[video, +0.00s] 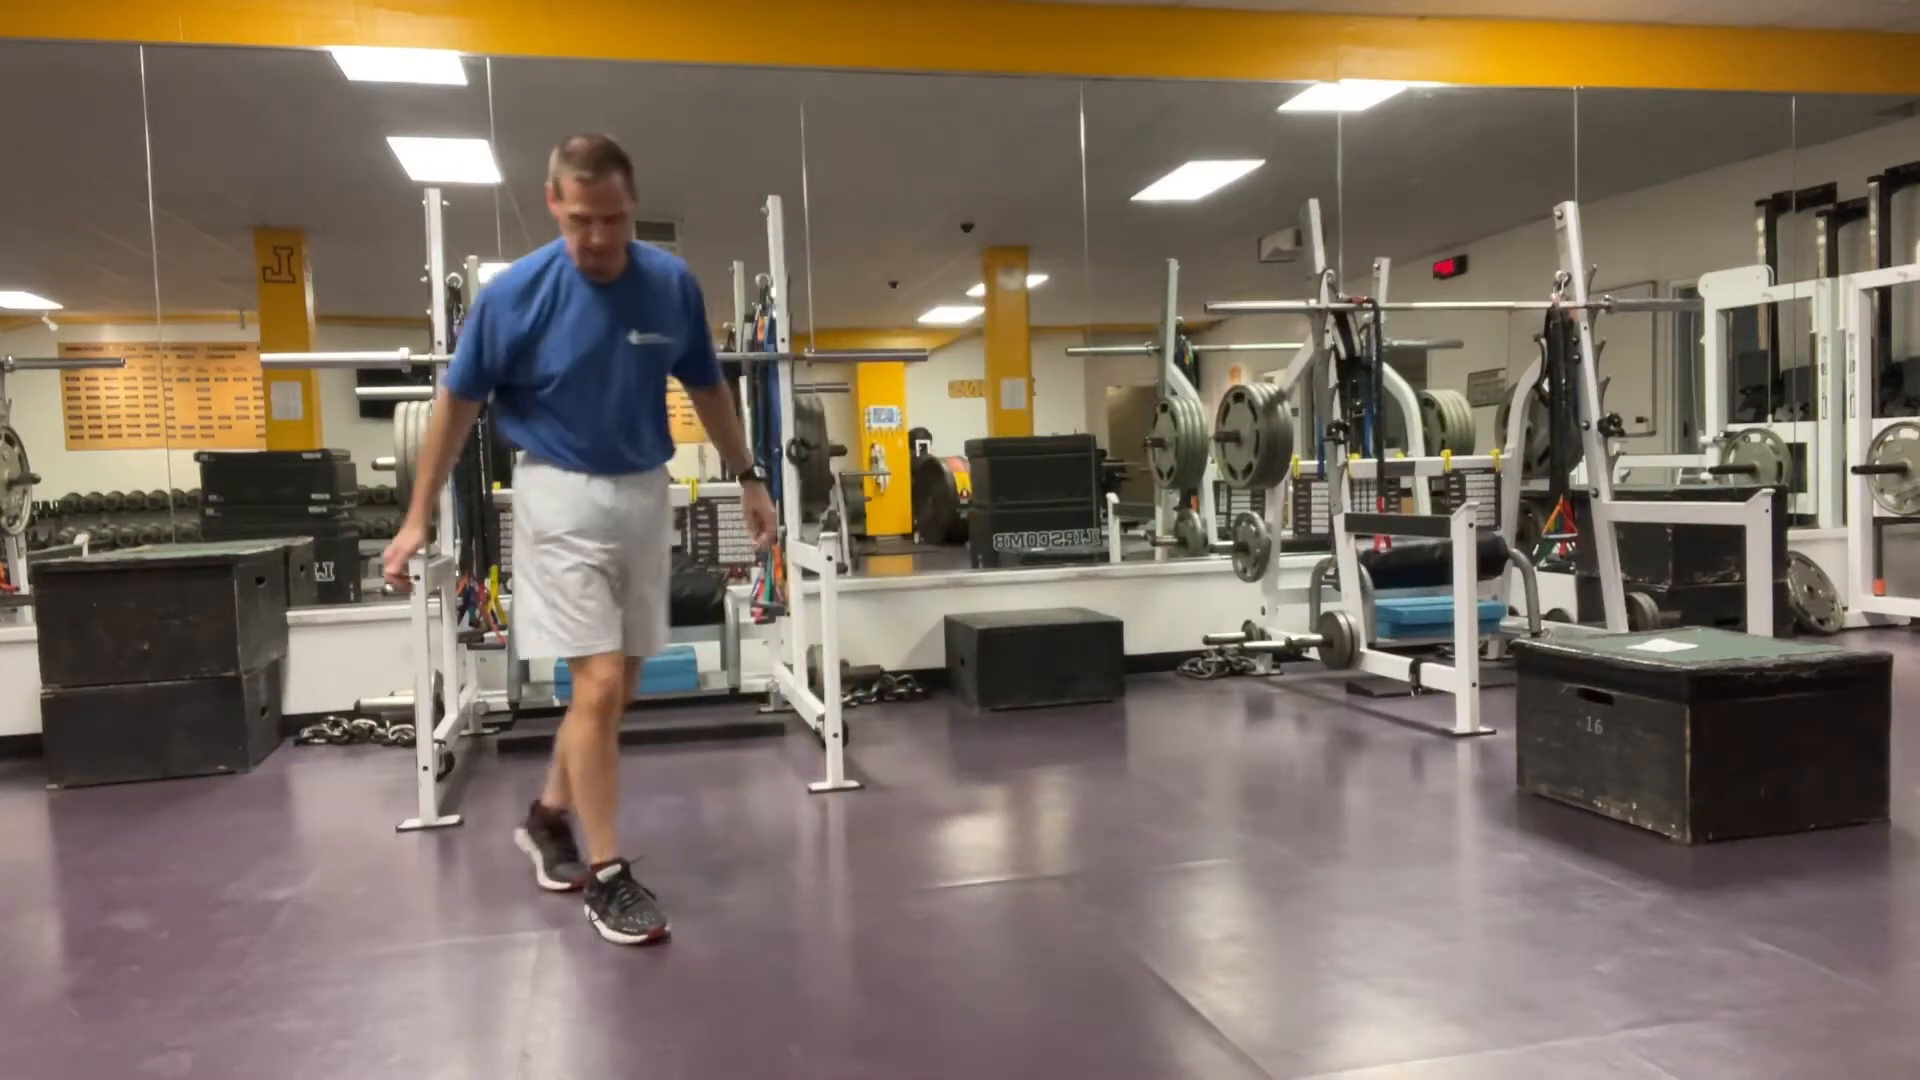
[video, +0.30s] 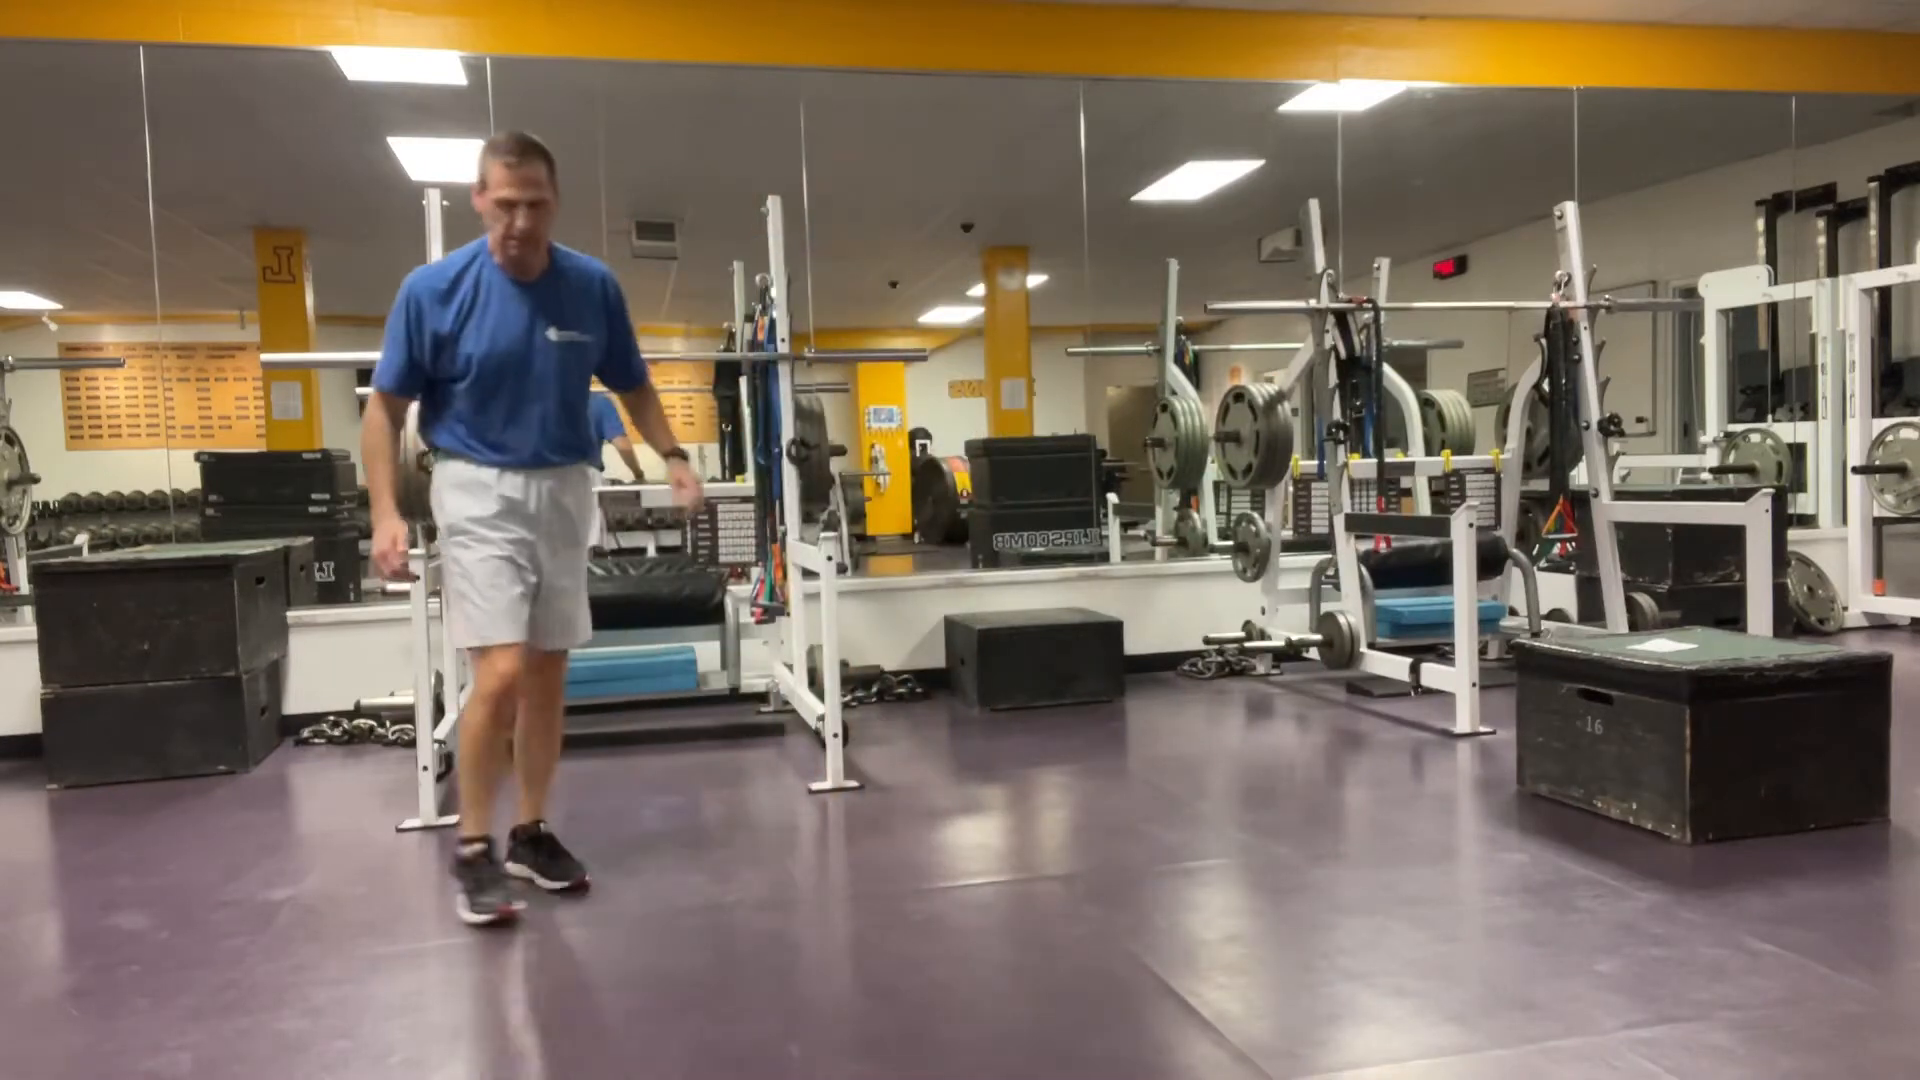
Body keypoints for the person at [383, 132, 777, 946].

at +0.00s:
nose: (599, 239)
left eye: (613, 219)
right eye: (583, 222)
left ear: (634, 204)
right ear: (553, 205)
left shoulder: (669, 284)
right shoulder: (512, 297)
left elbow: (706, 383)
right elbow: (456, 404)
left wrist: (749, 482)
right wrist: (417, 519)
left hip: (644, 498)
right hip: (559, 500)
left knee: (613, 682)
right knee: (601, 683)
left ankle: (550, 813)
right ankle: (607, 872)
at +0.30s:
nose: (519, 222)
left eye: (533, 206)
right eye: (504, 206)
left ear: (555, 204)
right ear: (477, 204)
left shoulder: (592, 288)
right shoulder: (431, 292)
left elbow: (633, 383)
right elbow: (381, 408)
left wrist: (676, 459)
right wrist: (384, 514)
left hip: (564, 493)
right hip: (476, 491)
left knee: (547, 669)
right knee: (501, 672)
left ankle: (532, 833)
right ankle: (474, 850)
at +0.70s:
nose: (453, 204)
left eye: (465, 189)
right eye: (437, 189)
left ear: (480, 196)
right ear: (402, 193)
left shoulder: (512, 289)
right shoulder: (355, 292)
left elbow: (528, 395)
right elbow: (319, 413)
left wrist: (540, 486)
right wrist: (336, 519)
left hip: (499, 492)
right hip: (403, 497)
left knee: (520, 664)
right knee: (411, 683)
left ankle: (517, 817)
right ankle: (404, 846)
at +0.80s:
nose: (451, 205)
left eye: (462, 190)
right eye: (434, 190)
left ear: (478, 196)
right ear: (400, 193)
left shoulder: (510, 291)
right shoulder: (353, 292)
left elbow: (528, 396)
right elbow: (316, 414)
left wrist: (542, 485)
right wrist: (318, 524)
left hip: (494, 493)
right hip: (400, 497)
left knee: (507, 666)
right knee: (410, 681)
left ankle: (499, 818)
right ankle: (405, 846)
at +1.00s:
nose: (460, 207)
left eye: (471, 193)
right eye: (444, 193)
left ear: (483, 199)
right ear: (409, 195)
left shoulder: (519, 295)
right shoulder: (358, 292)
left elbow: (553, 398)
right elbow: (317, 407)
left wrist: (579, 483)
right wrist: (309, 518)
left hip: (492, 494)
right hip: (402, 494)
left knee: (493, 667)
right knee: (422, 674)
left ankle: (496, 825)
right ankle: (404, 842)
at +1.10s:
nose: (459, 208)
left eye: (471, 194)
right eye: (444, 193)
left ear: (483, 200)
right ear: (409, 197)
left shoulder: (518, 295)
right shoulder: (358, 292)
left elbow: (558, 394)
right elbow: (316, 407)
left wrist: (591, 474)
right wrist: (311, 513)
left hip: (492, 494)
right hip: (402, 493)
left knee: (493, 666)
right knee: (425, 670)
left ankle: (495, 827)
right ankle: (403, 834)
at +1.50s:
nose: (417, 216)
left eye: (428, 202)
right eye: (401, 201)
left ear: (439, 206)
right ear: (362, 202)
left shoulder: (472, 297)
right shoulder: (314, 295)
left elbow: (503, 398)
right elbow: (273, 417)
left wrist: (527, 414)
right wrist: (332, 414)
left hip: (464, 495)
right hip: (367, 505)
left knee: (523, 623)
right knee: (393, 689)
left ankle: (511, 772)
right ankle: (400, 838)